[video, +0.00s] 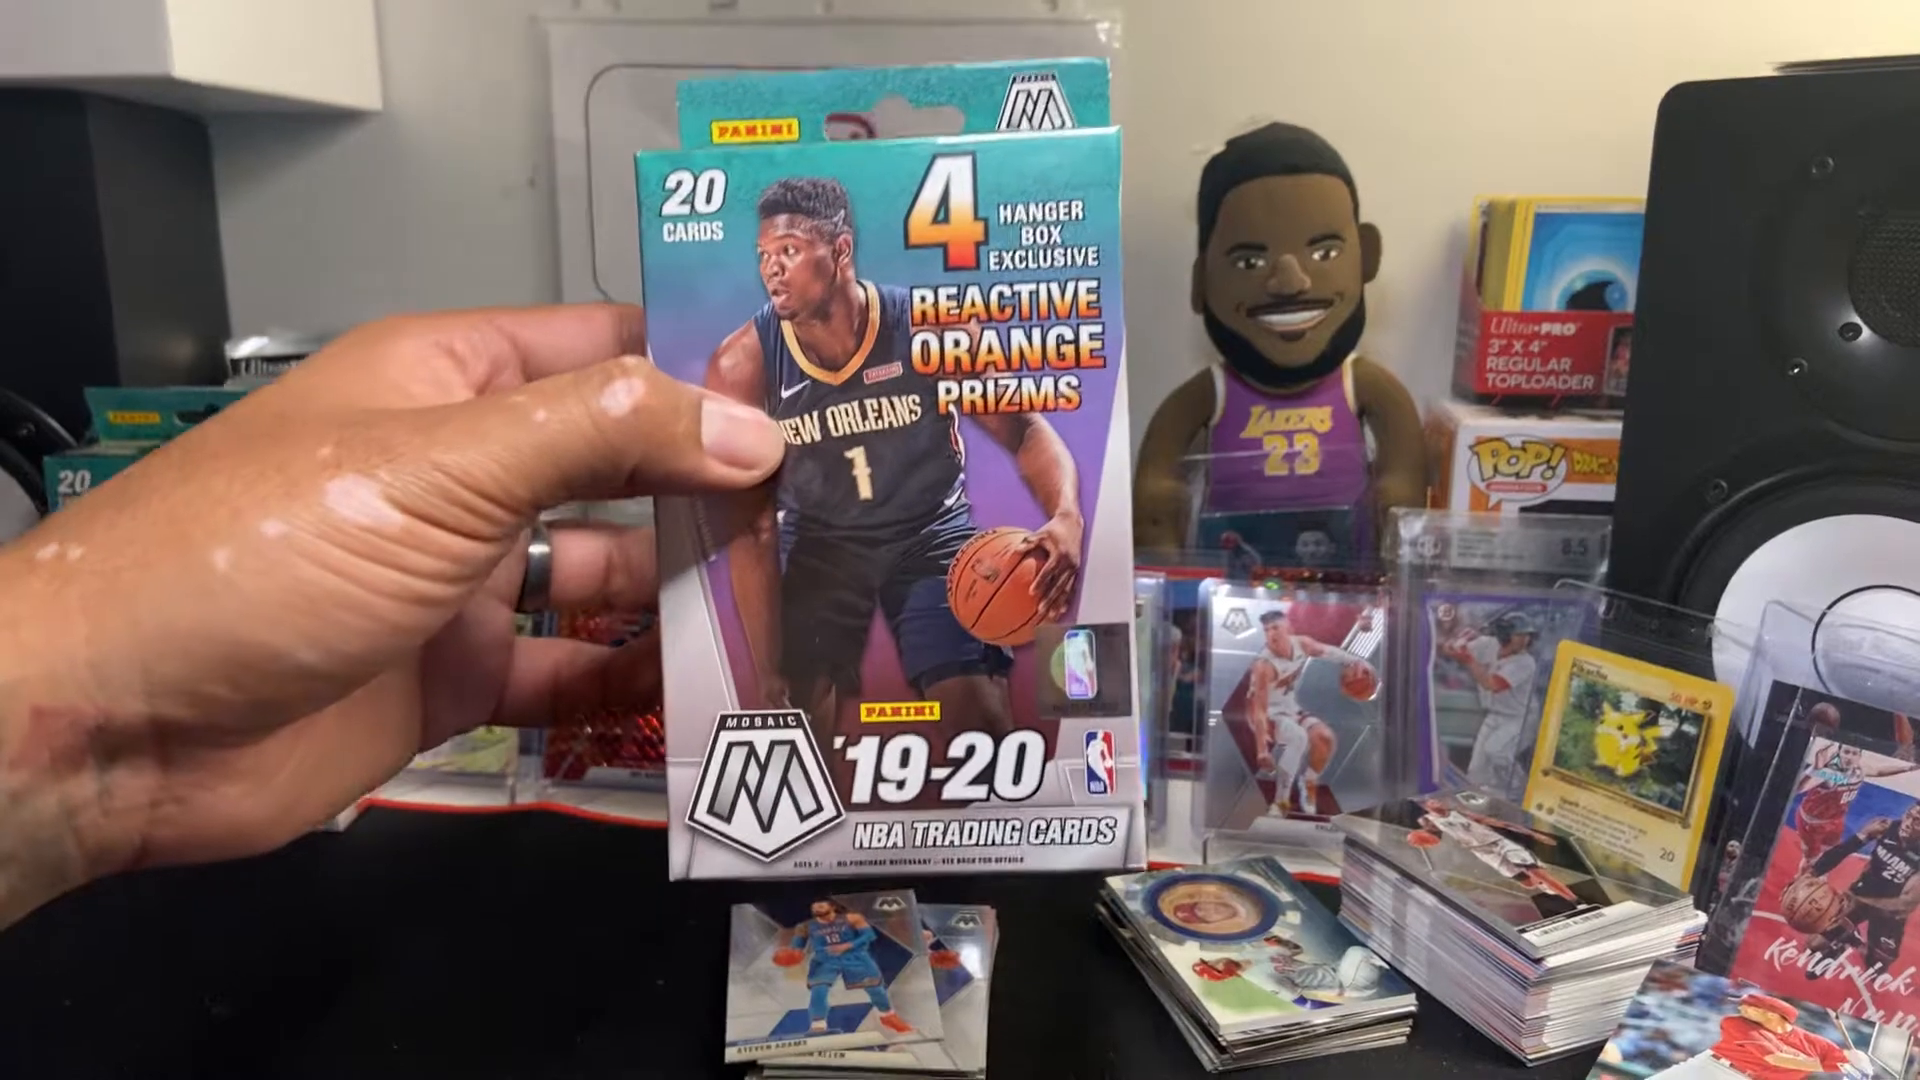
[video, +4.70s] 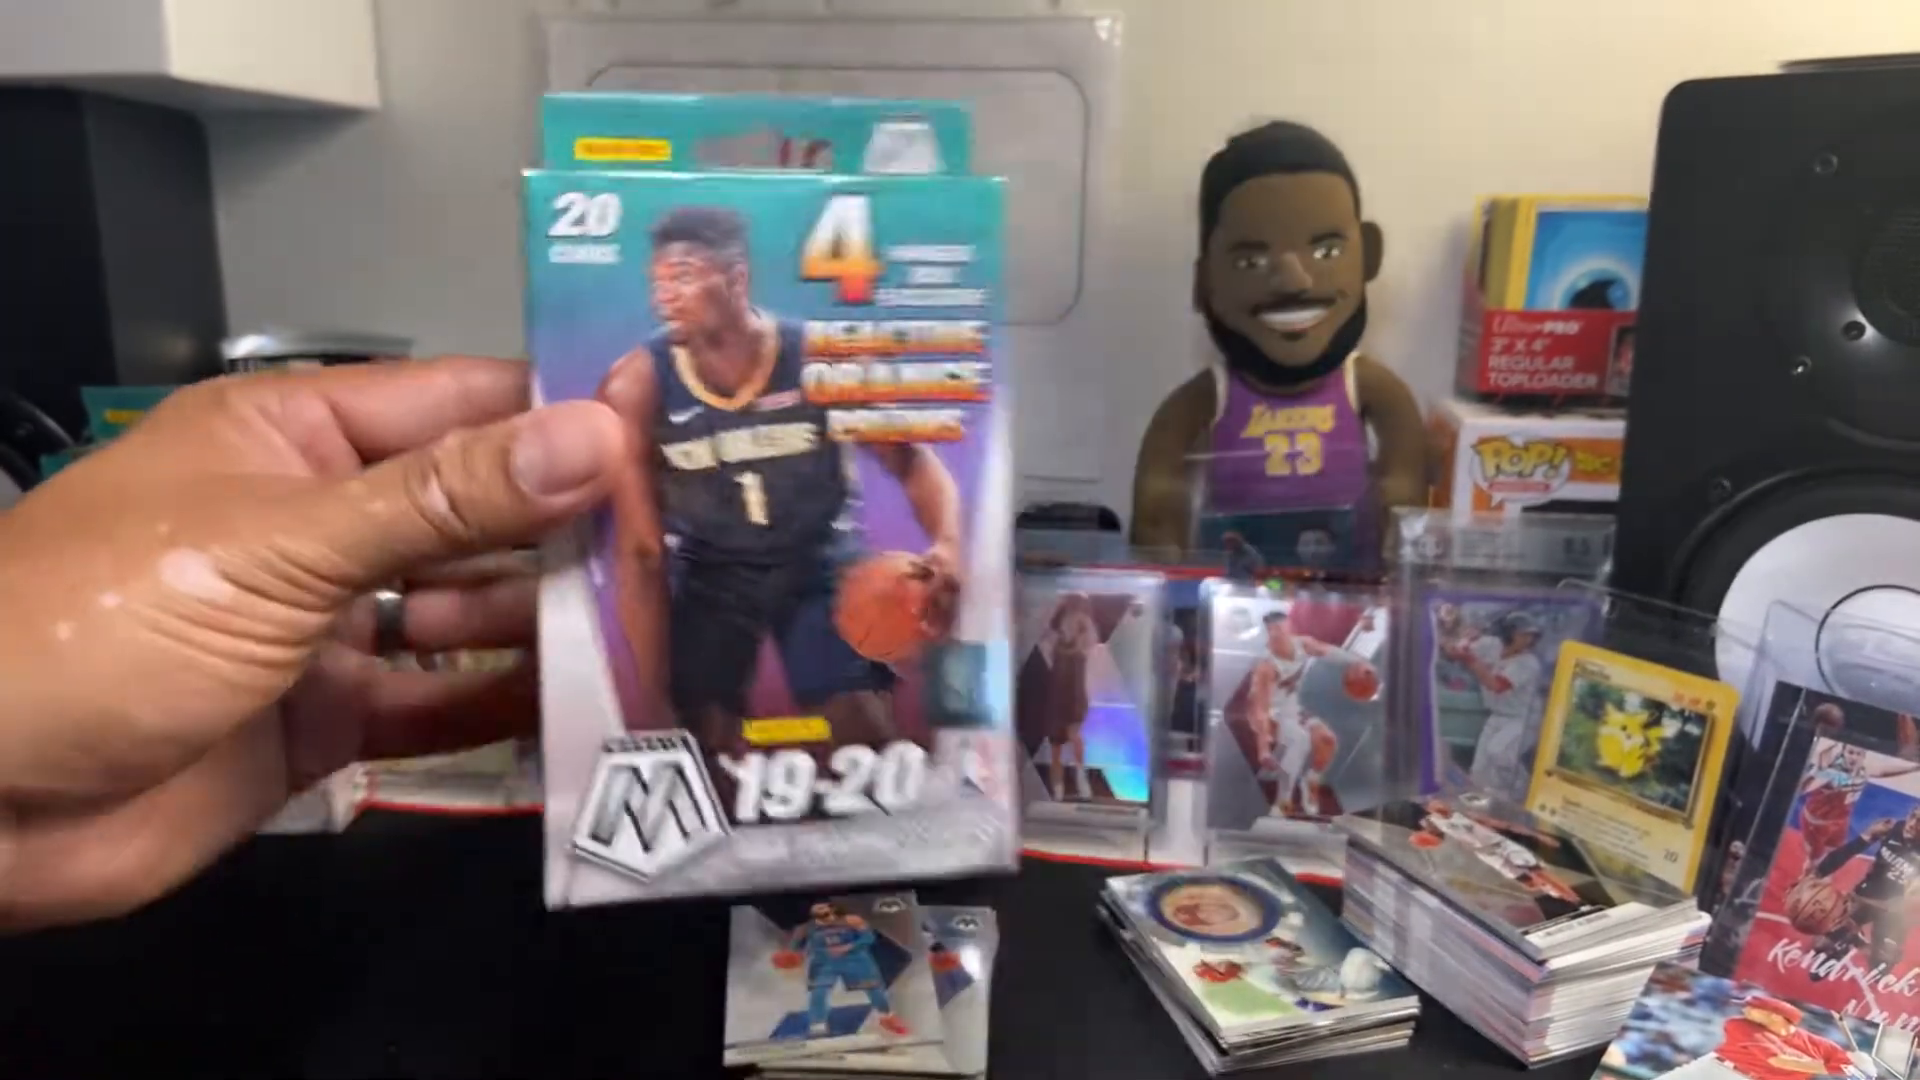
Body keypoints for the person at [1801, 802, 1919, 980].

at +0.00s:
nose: (1909, 823)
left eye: (1916, 822)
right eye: (1909, 816)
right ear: (1904, 814)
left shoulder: (1917, 860)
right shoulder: (1883, 827)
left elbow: (1906, 904)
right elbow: (1843, 850)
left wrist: (1858, 902)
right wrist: (1812, 873)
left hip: (1891, 913)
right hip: (1860, 897)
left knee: (1876, 969)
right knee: (1814, 945)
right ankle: (1842, 943)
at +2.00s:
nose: (1912, 824)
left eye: (1918, 822)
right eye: (1912, 817)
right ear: (1907, 814)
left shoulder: (1918, 857)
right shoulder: (1888, 829)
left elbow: (1909, 904)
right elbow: (1847, 850)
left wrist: (1861, 902)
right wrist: (1815, 873)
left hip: (1895, 911)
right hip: (1864, 896)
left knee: (1879, 969)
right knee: (1819, 945)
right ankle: (1846, 942)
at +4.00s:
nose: (1911, 824)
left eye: (1918, 822)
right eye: (1911, 816)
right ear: (1906, 814)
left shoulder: (1918, 859)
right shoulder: (1887, 829)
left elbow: (1907, 905)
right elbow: (1845, 851)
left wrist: (1860, 903)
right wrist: (1814, 874)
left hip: (1895, 911)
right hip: (1863, 896)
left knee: (1878, 970)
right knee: (1818, 946)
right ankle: (1843, 945)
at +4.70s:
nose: (1913, 824)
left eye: (1919, 822)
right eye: (1913, 817)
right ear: (1908, 815)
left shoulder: (1917, 856)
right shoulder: (1892, 829)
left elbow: (1905, 904)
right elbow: (1851, 850)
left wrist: (1862, 903)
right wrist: (1817, 873)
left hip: (1893, 906)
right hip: (1866, 894)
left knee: (1881, 968)